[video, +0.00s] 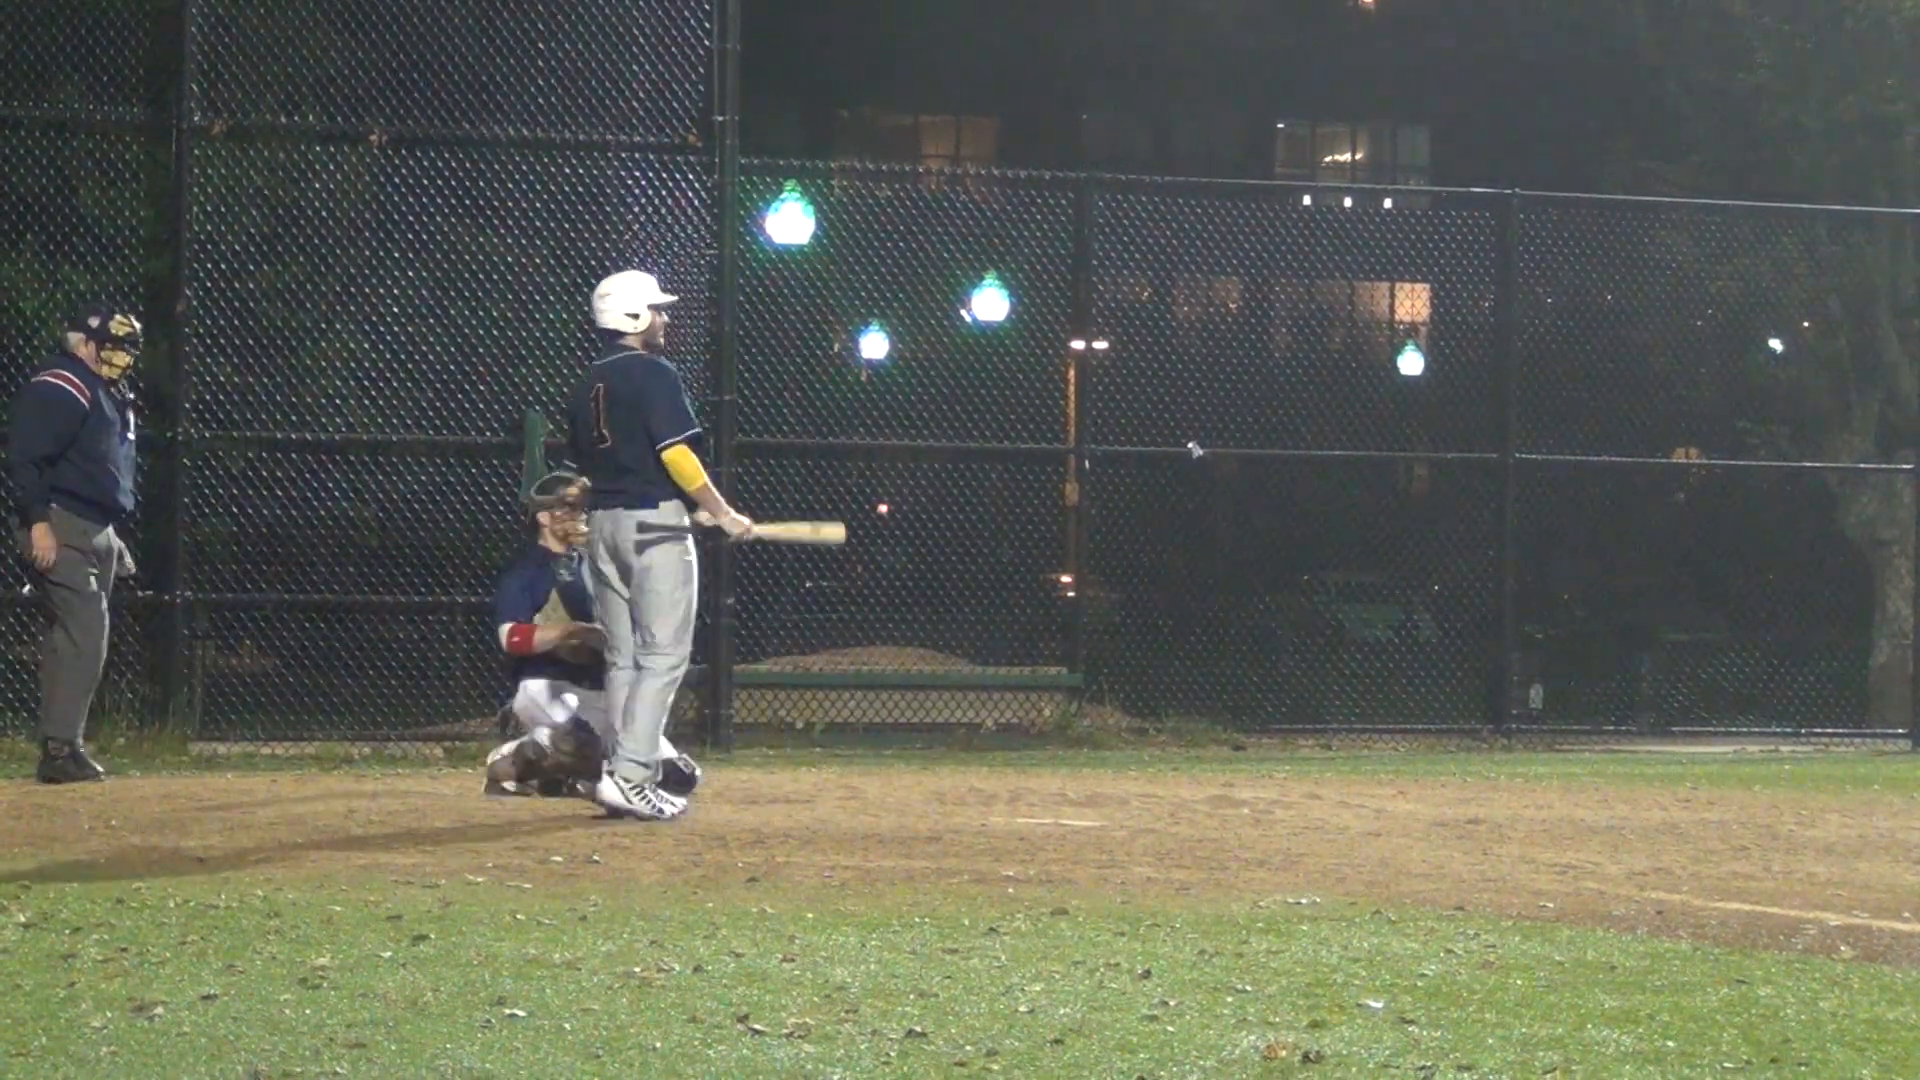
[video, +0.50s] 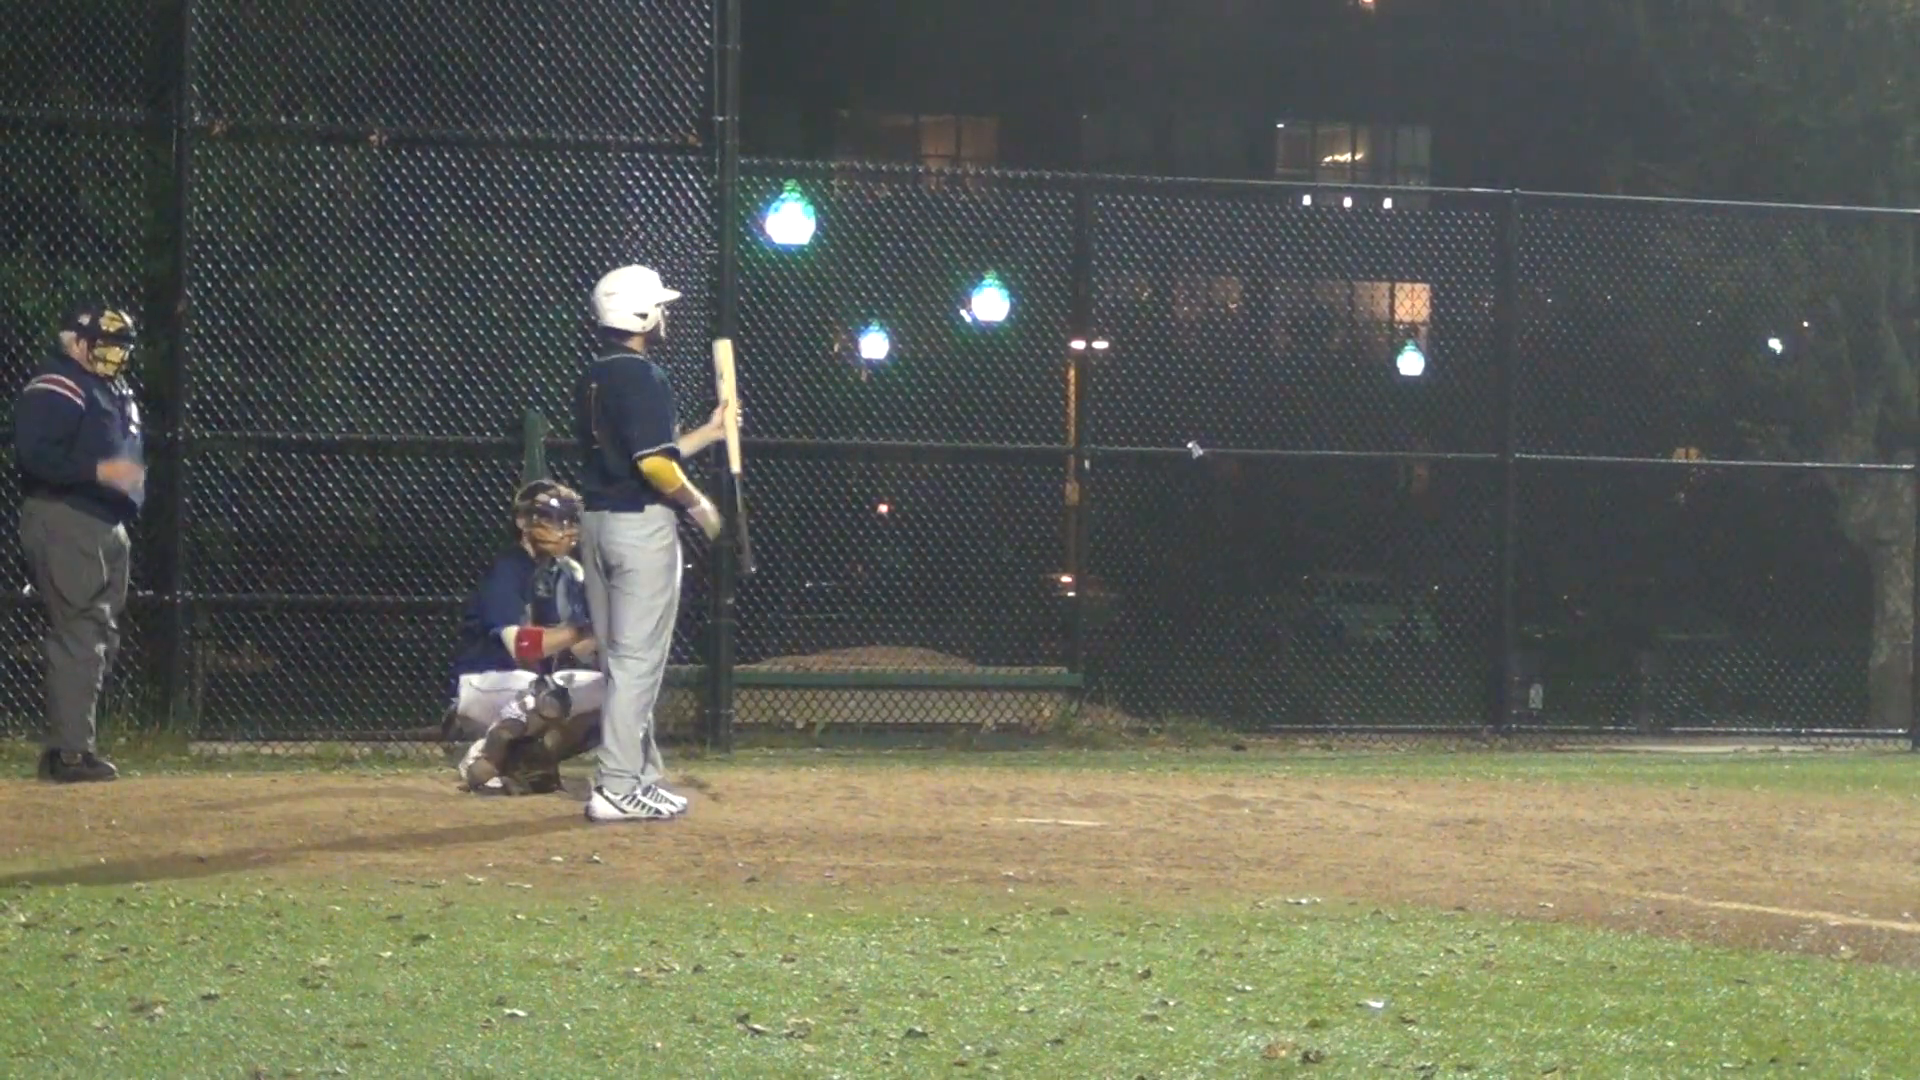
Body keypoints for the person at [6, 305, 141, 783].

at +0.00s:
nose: (121, 356)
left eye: (125, 348)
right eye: (113, 346)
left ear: (125, 351)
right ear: (86, 344)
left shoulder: (110, 393)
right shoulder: (62, 386)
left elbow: (105, 472)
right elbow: (24, 456)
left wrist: (113, 536)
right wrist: (37, 522)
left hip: (98, 531)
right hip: (65, 527)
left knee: (82, 636)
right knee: (82, 635)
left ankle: (64, 744)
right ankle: (60, 747)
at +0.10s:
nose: (121, 355)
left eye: (126, 347)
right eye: (113, 346)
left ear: (128, 351)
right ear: (86, 344)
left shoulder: (112, 393)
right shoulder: (62, 385)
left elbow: (106, 472)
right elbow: (24, 455)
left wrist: (110, 538)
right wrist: (31, 520)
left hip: (96, 530)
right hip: (64, 526)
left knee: (77, 636)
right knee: (87, 635)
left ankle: (63, 744)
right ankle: (64, 747)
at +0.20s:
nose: (121, 355)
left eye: (126, 347)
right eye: (113, 346)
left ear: (126, 350)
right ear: (87, 344)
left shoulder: (111, 391)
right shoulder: (62, 386)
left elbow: (111, 461)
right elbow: (25, 455)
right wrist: (29, 520)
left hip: (102, 528)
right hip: (69, 525)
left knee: (81, 636)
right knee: (82, 636)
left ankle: (61, 745)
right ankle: (70, 747)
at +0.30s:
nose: (120, 353)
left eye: (125, 345)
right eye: (111, 344)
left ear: (127, 348)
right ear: (85, 343)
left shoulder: (114, 391)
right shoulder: (62, 387)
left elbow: (116, 459)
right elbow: (24, 457)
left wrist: (114, 519)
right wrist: (37, 521)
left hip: (106, 528)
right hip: (70, 525)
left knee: (81, 635)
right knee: (83, 635)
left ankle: (62, 745)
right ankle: (72, 747)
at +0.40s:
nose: (117, 354)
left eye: (122, 346)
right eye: (108, 344)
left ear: (126, 347)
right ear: (82, 343)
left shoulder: (113, 390)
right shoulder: (59, 388)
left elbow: (111, 459)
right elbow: (25, 462)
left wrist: (117, 513)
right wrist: (65, 508)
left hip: (106, 527)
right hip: (60, 526)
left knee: (86, 632)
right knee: (84, 632)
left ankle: (63, 745)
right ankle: (70, 748)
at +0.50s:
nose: (113, 354)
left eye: (119, 346)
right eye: (105, 345)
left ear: (123, 348)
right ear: (80, 343)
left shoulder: (116, 390)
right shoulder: (57, 386)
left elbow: (123, 449)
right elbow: (36, 457)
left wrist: (129, 475)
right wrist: (99, 470)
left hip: (106, 525)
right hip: (65, 521)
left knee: (96, 635)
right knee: (78, 635)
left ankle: (69, 744)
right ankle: (69, 748)